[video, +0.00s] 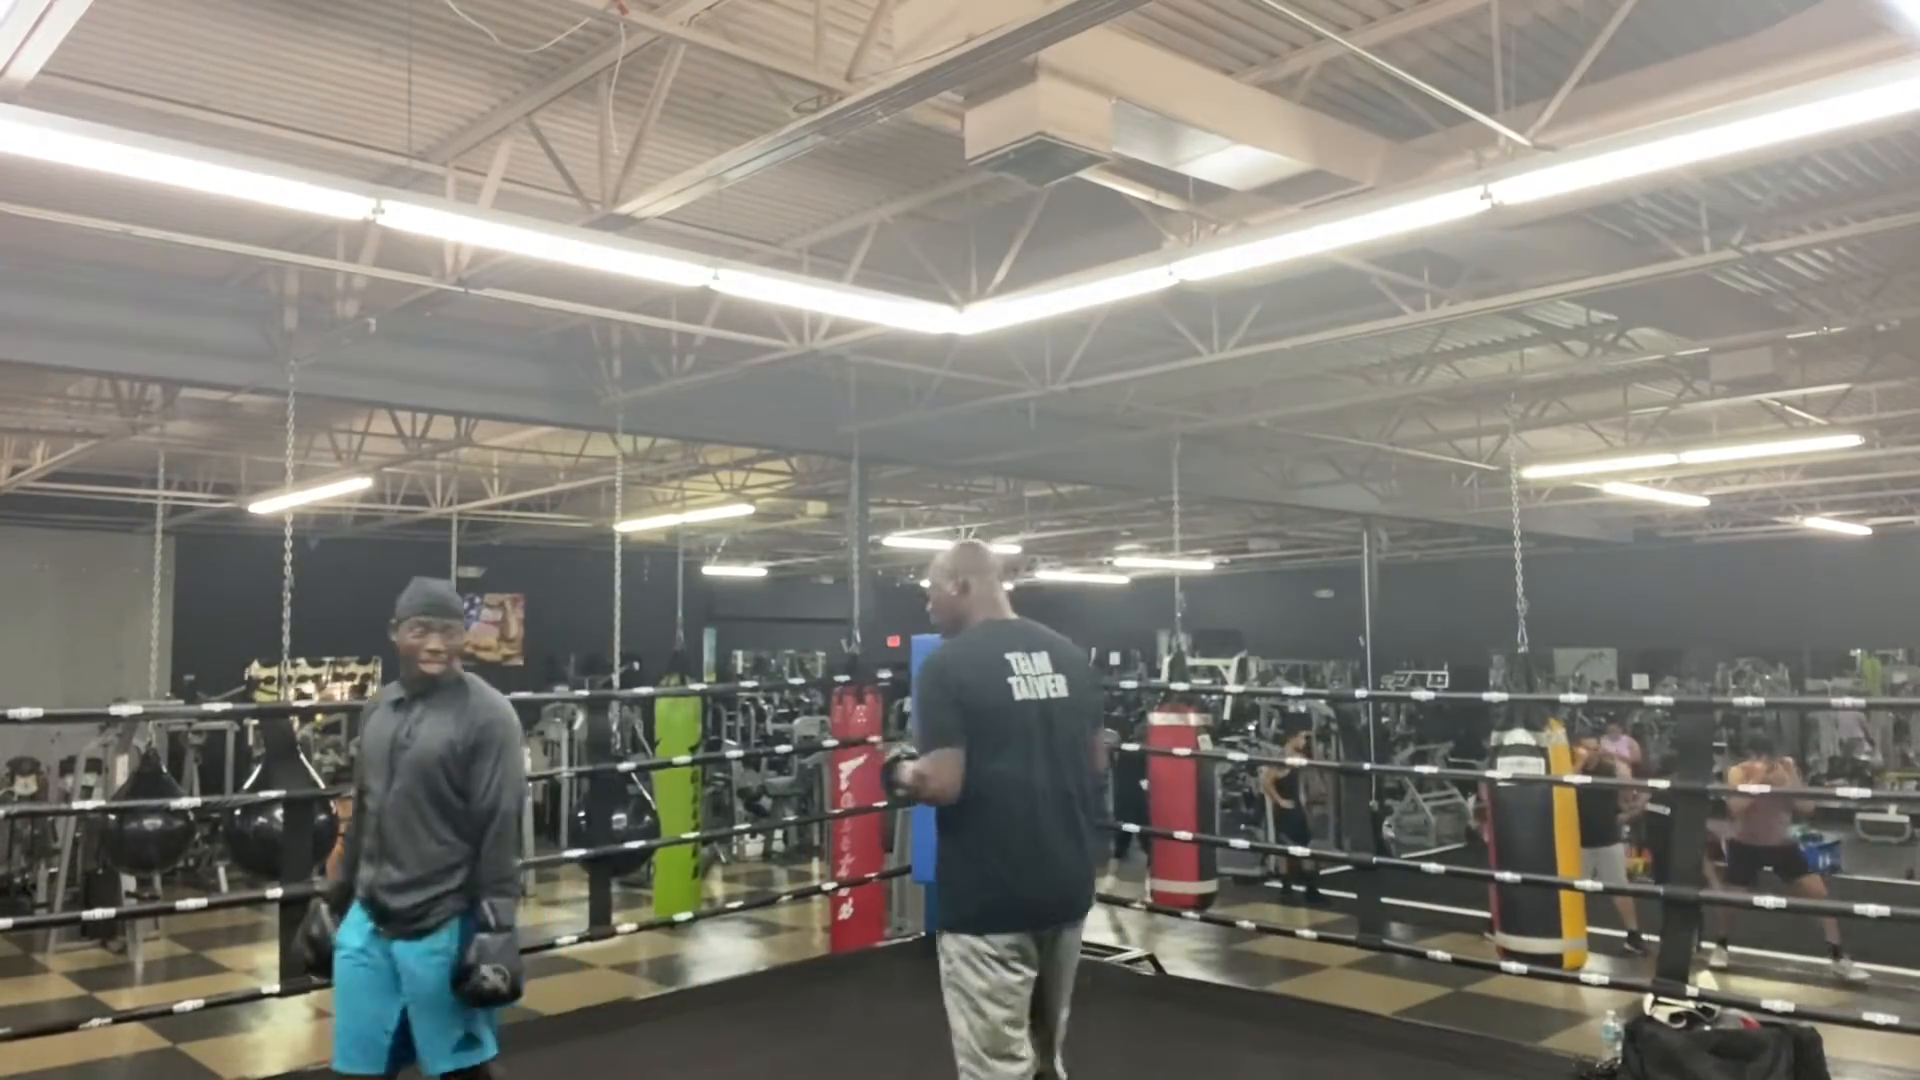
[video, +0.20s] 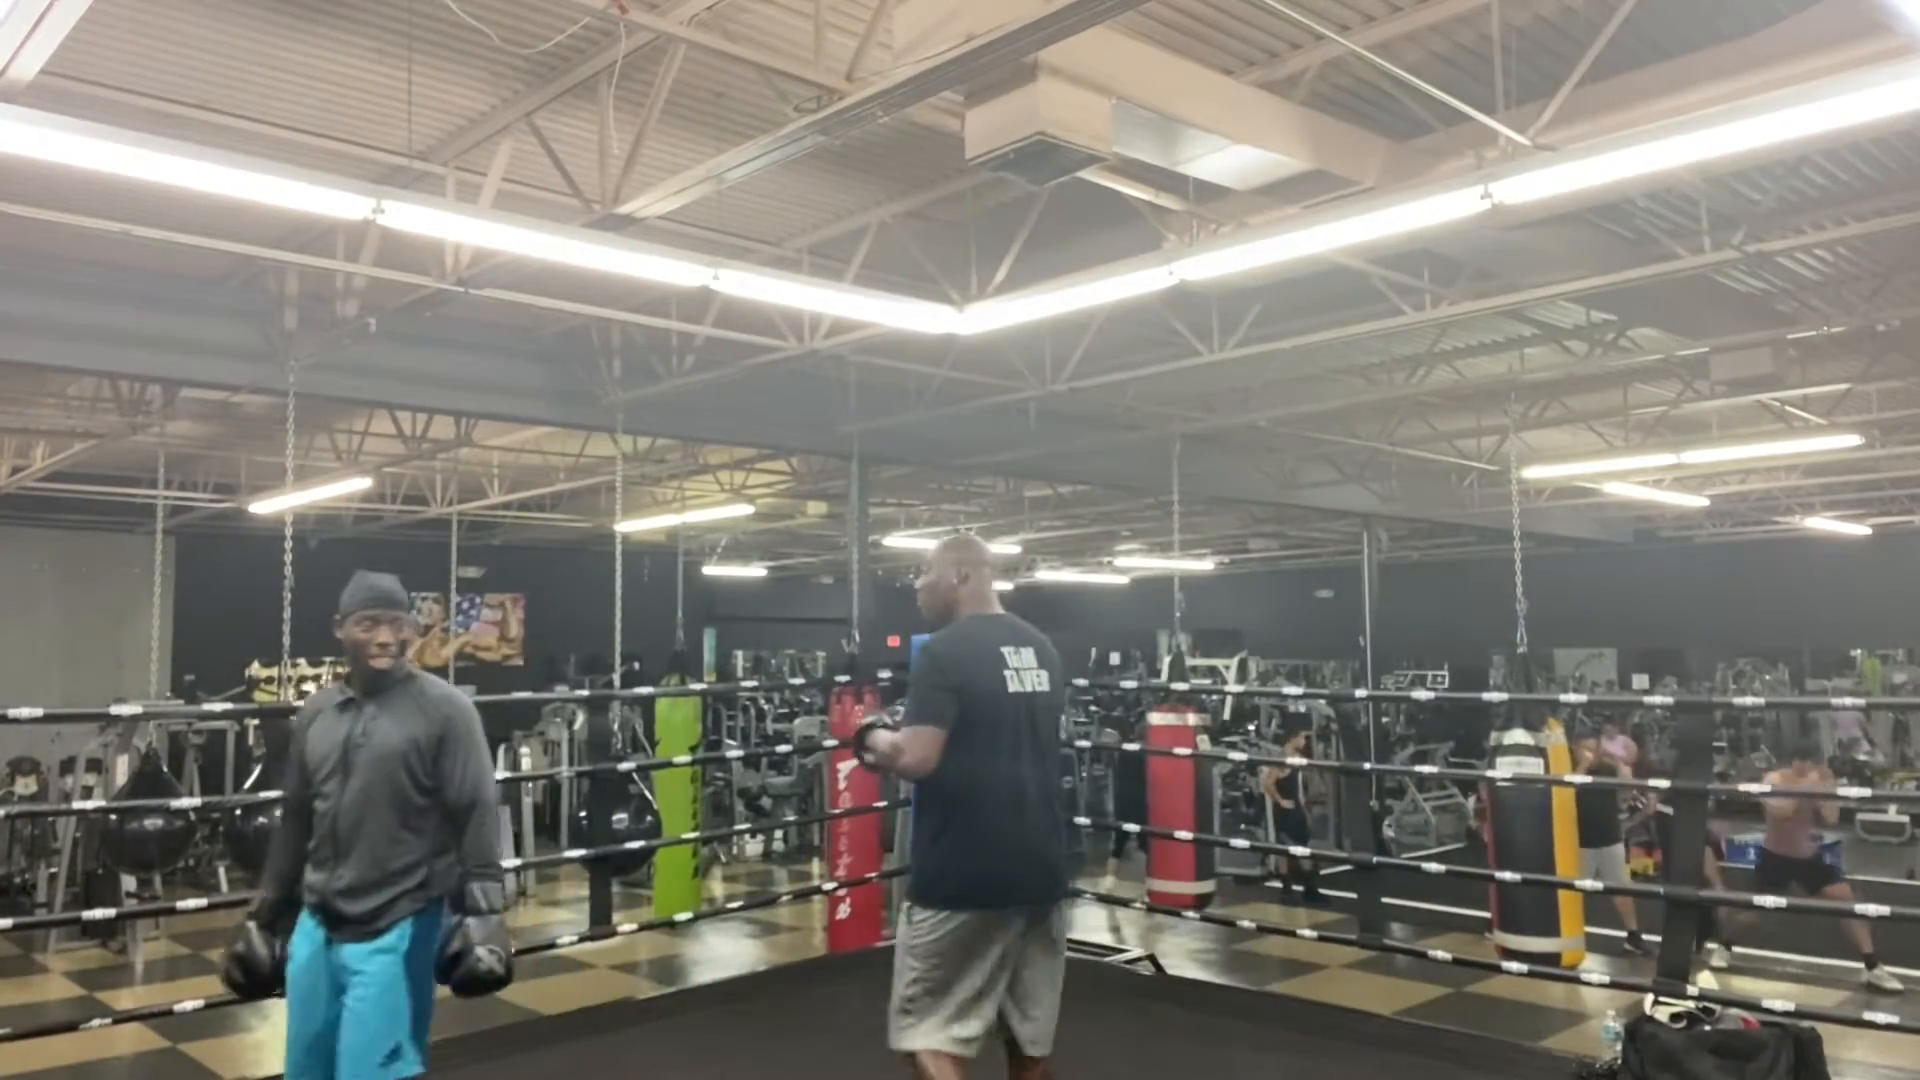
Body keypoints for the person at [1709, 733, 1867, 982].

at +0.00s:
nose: (1763, 760)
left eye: (1767, 754)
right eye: (1757, 754)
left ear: (1774, 752)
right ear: (1748, 753)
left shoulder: (1786, 768)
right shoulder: (1738, 773)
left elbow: (1806, 806)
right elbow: (1735, 807)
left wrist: (1785, 782)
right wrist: (1757, 782)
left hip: (1782, 847)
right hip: (1744, 847)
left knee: (1819, 894)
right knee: (1733, 898)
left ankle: (1838, 957)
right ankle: (1721, 946)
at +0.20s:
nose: (1804, 767)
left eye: (1809, 761)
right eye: (1800, 760)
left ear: (1818, 762)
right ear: (1792, 760)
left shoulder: (1822, 778)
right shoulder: (1776, 778)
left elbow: (1831, 818)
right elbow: (1778, 812)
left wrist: (1821, 787)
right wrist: (1804, 787)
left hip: (1809, 861)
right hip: (1774, 859)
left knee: (1845, 898)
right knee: (1755, 914)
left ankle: (1873, 966)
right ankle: (1724, 944)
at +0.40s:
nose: (1854, 778)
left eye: (1854, 774)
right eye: (1853, 773)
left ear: (1833, 765)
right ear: (1846, 769)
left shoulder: (1808, 781)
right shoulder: (1833, 780)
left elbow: (1835, 823)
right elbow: (1873, 790)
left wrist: (1847, 797)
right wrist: (1912, 789)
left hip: (1816, 863)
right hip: (1791, 863)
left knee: (1857, 901)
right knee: (1801, 925)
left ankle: (1872, 967)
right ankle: (1749, 939)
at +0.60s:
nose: (1872, 784)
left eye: (1872, 780)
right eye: (1870, 779)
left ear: (1847, 772)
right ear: (1858, 775)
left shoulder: (1817, 784)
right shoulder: (1847, 785)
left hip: (1824, 862)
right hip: (1802, 861)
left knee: (1865, 902)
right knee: (1823, 927)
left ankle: (1873, 967)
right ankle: (1766, 948)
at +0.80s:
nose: (1877, 771)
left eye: (1877, 765)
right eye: (1876, 765)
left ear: (1854, 760)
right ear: (1863, 761)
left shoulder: (1830, 773)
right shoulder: (1847, 777)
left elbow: (1805, 809)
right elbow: (1866, 809)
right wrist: (1877, 780)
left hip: (1834, 852)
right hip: (1805, 851)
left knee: (1866, 901)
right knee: (1813, 919)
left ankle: (1872, 967)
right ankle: (1772, 951)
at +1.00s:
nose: (1855, 767)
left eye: (1860, 763)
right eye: (1853, 762)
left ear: (1863, 763)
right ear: (1842, 758)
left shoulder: (1859, 780)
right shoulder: (1816, 775)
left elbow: (1877, 808)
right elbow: (1828, 813)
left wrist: (1873, 776)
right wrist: (1849, 786)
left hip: (1839, 852)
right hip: (1804, 850)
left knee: (1866, 898)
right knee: (1789, 905)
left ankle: (1873, 967)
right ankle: (1780, 955)